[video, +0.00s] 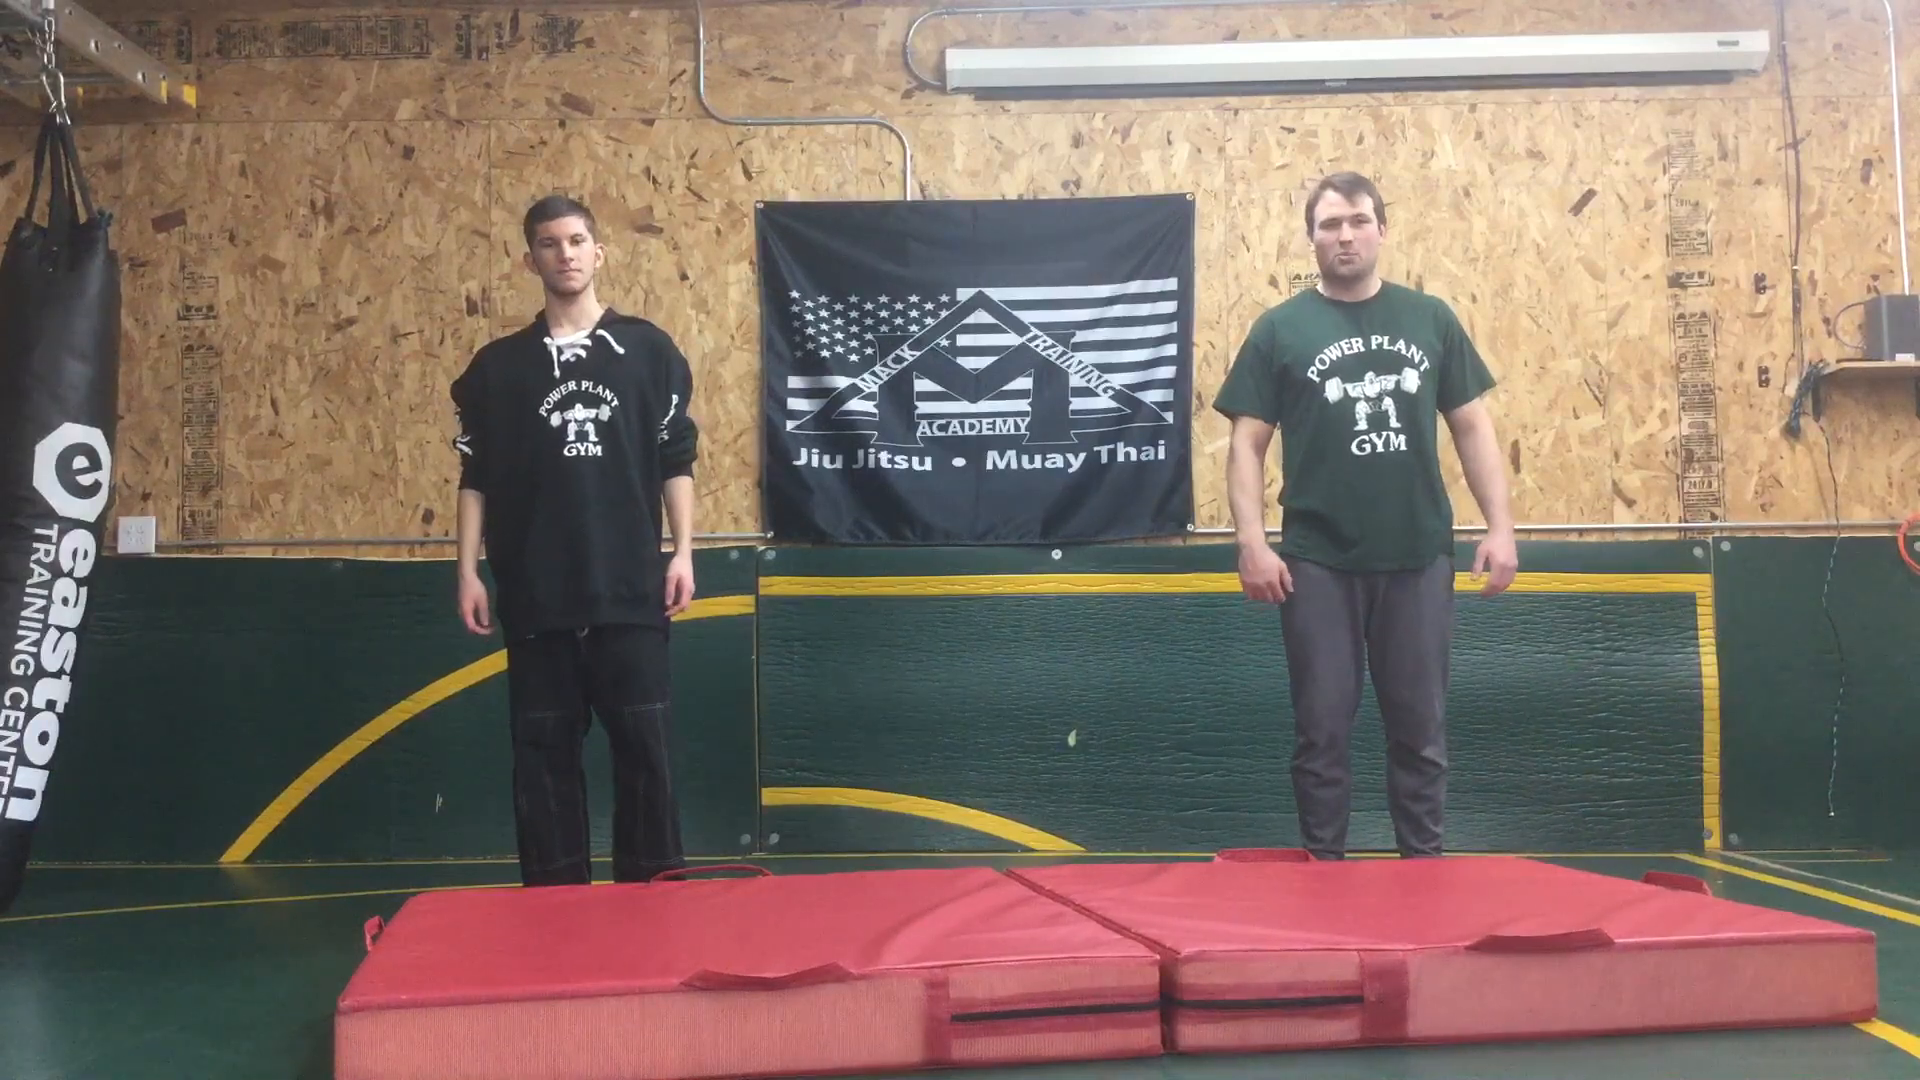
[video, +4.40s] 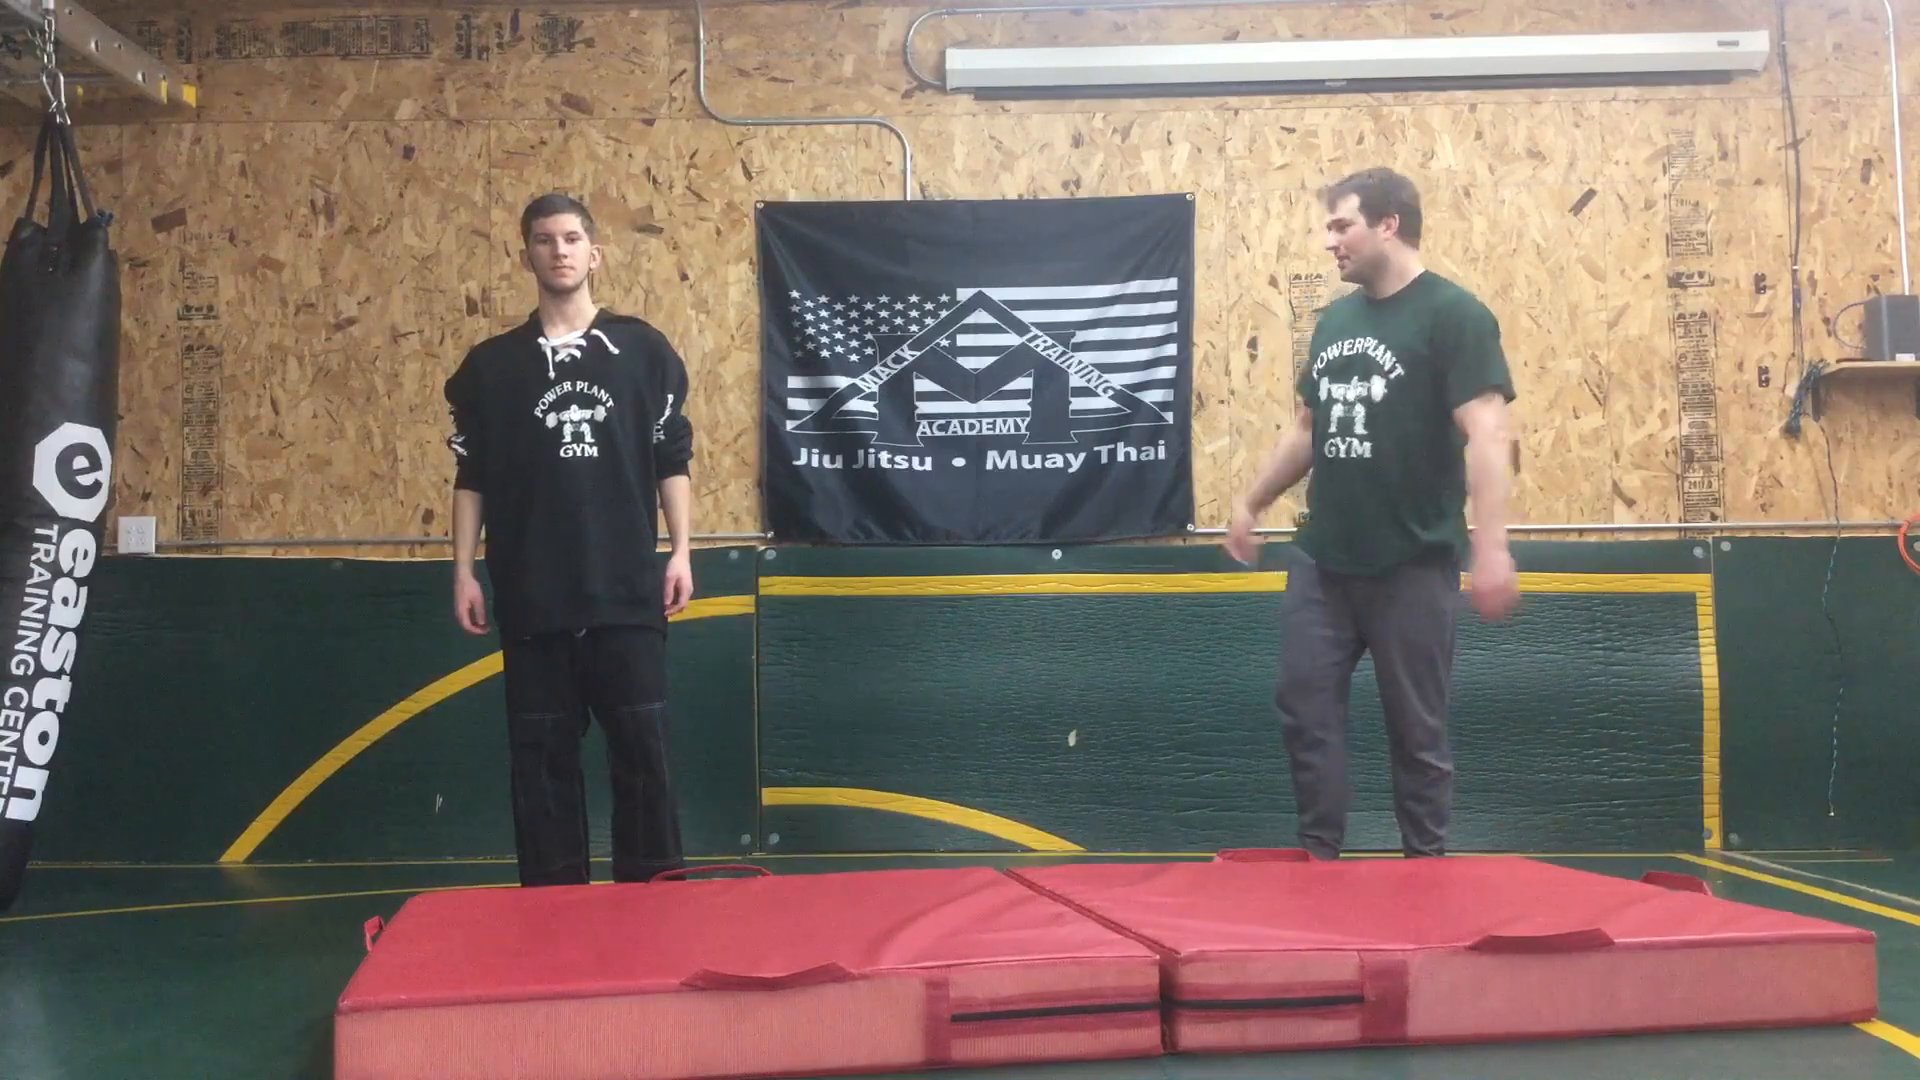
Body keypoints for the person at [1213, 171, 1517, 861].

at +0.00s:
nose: (1345, 235)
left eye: (1357, 221)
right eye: (1330, 225)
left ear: (1381, 231)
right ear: (1311, 240)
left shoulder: (1430, 319)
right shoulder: (1280, 330)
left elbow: (1471, 427)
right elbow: (1247, 444)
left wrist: (1500, 526)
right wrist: (1251, 539)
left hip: (1417, 554)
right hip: (1317, 556)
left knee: (1420, 727)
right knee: (1322, 726)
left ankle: (1423, 870)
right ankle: (1324, 872)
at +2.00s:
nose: (1334, 239)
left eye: (1346, 225)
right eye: (1320, 230)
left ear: (1377, 231)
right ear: (1306, 242)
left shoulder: (1434, 320)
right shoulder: (1283, 330)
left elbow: (1473, 429)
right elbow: (1252, 447)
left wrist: (1498, 531)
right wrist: (1250, 548)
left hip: (1420, 556)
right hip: (1320, 558)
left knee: (1422, 727)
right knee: (1323, 726)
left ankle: (1425, 869)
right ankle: (1323, 871)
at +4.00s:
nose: (1329, 234)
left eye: (1343, 219)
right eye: (1319, 225)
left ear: (1383, 229)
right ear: (1312, 242)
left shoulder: (1445, 318)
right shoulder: (1292, 334)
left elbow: (1487, 423)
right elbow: (1262, 443)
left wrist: (1508, 531)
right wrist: (1250, 536)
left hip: (1429, 556)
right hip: (1328, 559)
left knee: (1428, 726)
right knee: (1325, 722)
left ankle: (1425, 866)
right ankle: (1322, 865)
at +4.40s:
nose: (1331, 242)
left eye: (1342, 227)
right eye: (1327, 230)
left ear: (1390, 224)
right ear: (1369, 230)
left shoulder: (1455, 315)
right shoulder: (1335, 320)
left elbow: (1488, 434)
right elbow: (1306, 429)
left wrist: (1491, 546)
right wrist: (1252, 501)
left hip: (1412, 559)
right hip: (1324, 555)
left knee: (1416, 725)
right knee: (1305, 702)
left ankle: (1425, 865)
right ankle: (1319, 856)